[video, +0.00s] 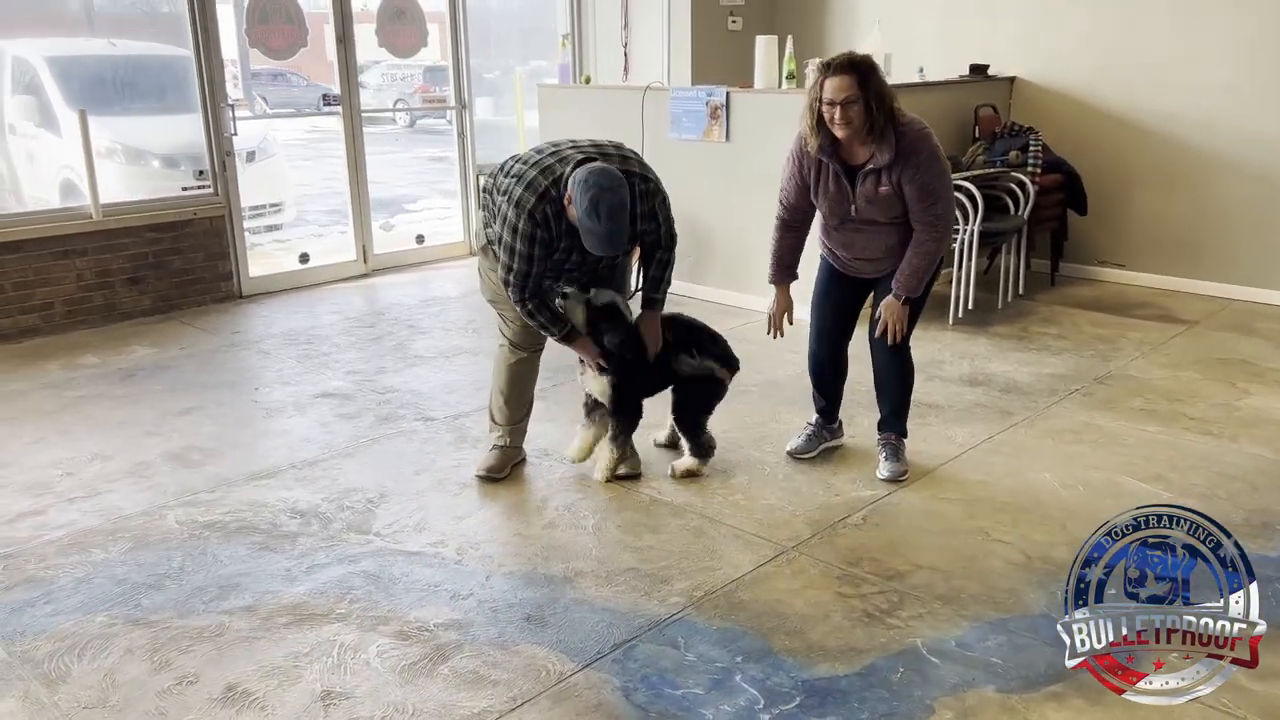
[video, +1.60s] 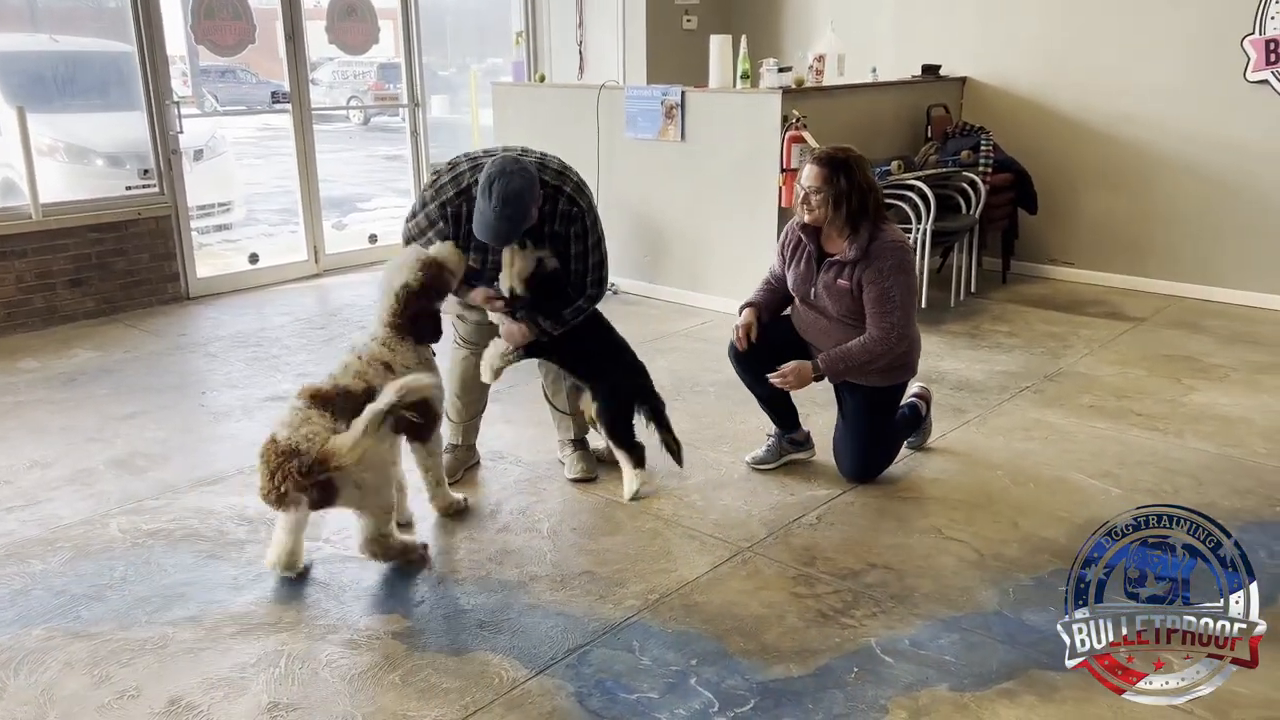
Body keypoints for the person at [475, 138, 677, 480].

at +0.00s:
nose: (602, 247)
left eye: (611, 243)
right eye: (594, 238)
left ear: (628, 201)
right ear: (569, 202)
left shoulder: (644, 186)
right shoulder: (527, 205)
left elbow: (662, 244)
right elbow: (521, 292)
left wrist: (652, 312)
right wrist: (575, 341)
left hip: (603, 245)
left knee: (610, 335)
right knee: (522, 335)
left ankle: (617, 441)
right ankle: (506, 443)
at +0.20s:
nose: (586, 271)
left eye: (595, 265)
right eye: (577, 264)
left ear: (613, 216)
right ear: (556, 218)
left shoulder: (637, 206)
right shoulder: (520, 212)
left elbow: (649, 288)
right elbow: (503, 290)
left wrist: (630, 361)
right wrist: (559, 335)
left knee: (609, 335)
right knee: (520, 338)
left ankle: (617, 442)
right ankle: (507, 445)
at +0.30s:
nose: (579, 281)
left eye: (589, 275)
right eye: (570, 273)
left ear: (608, 230)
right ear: (551, 228)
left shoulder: (633, 217)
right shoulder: (516, 217)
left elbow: (640, 302)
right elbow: (496, 288)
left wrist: (626, 374)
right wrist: (553, 331)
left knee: (609, 337)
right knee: (518, 339)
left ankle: (619, 446)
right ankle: (507, 446)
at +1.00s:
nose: (545, 289)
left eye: (551, 278)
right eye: (533, 284)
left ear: (561, 231)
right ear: (503, 241)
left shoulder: (596, 214)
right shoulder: (475, 230)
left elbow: (625, 283)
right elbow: (482, 303)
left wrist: (605, 355)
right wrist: (542, 344)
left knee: (595, 343)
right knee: (501, 342)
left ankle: (601, 449)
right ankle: (486, 447)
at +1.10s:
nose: (528, 281)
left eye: (537, 272)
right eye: (519, 276)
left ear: (554, 229)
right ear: (494, 233)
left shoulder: (592, 211)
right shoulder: (469, 225)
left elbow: (624, 276)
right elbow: (469, 296)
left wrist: (594, 348)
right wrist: (530, 337)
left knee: (589, 344)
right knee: (497, 343)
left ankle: (596, 449)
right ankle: (481, 448)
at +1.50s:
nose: (512, 255)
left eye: (521, 247)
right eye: (503, 249)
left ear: (540, 216)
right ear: (482, 212)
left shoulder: (576, 209)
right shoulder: (454, 208)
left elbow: (599, 290)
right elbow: (432, 275)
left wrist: (549, 342)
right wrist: (501, 307)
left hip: (556, 262)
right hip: (482, 264)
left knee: (562, 349)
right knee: (477, 343)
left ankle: (577, 445)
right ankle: (463, 446)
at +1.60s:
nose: (504, 244)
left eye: (515, 235)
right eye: (494, 237)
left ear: (536, 205)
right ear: (480, 197)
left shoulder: (573, 202)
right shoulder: (446, 193)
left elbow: (592, 287)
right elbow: (415, 250)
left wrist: (533, 328)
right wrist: (466, 291)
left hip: (549, 278)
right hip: (476, 277)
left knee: (560, 354)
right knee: (467, 353)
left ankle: (573, 444)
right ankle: (459, 447)